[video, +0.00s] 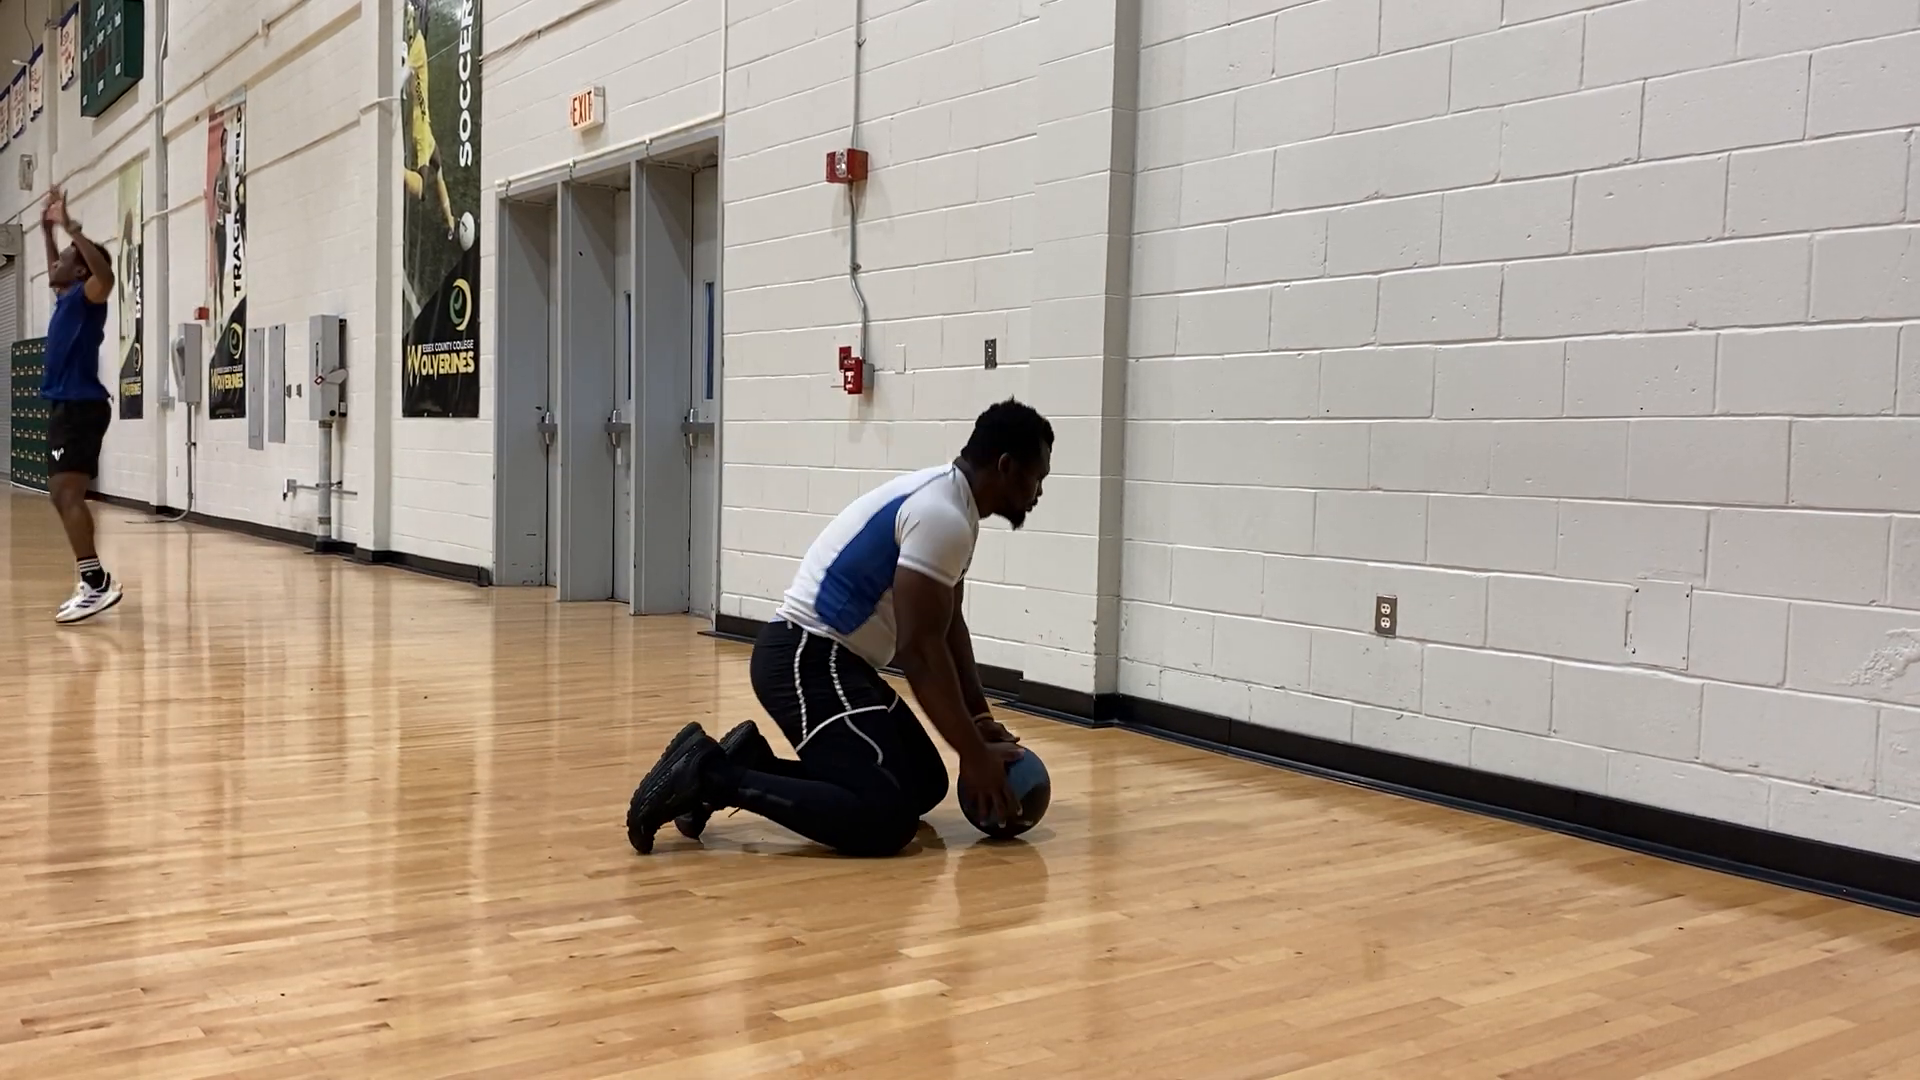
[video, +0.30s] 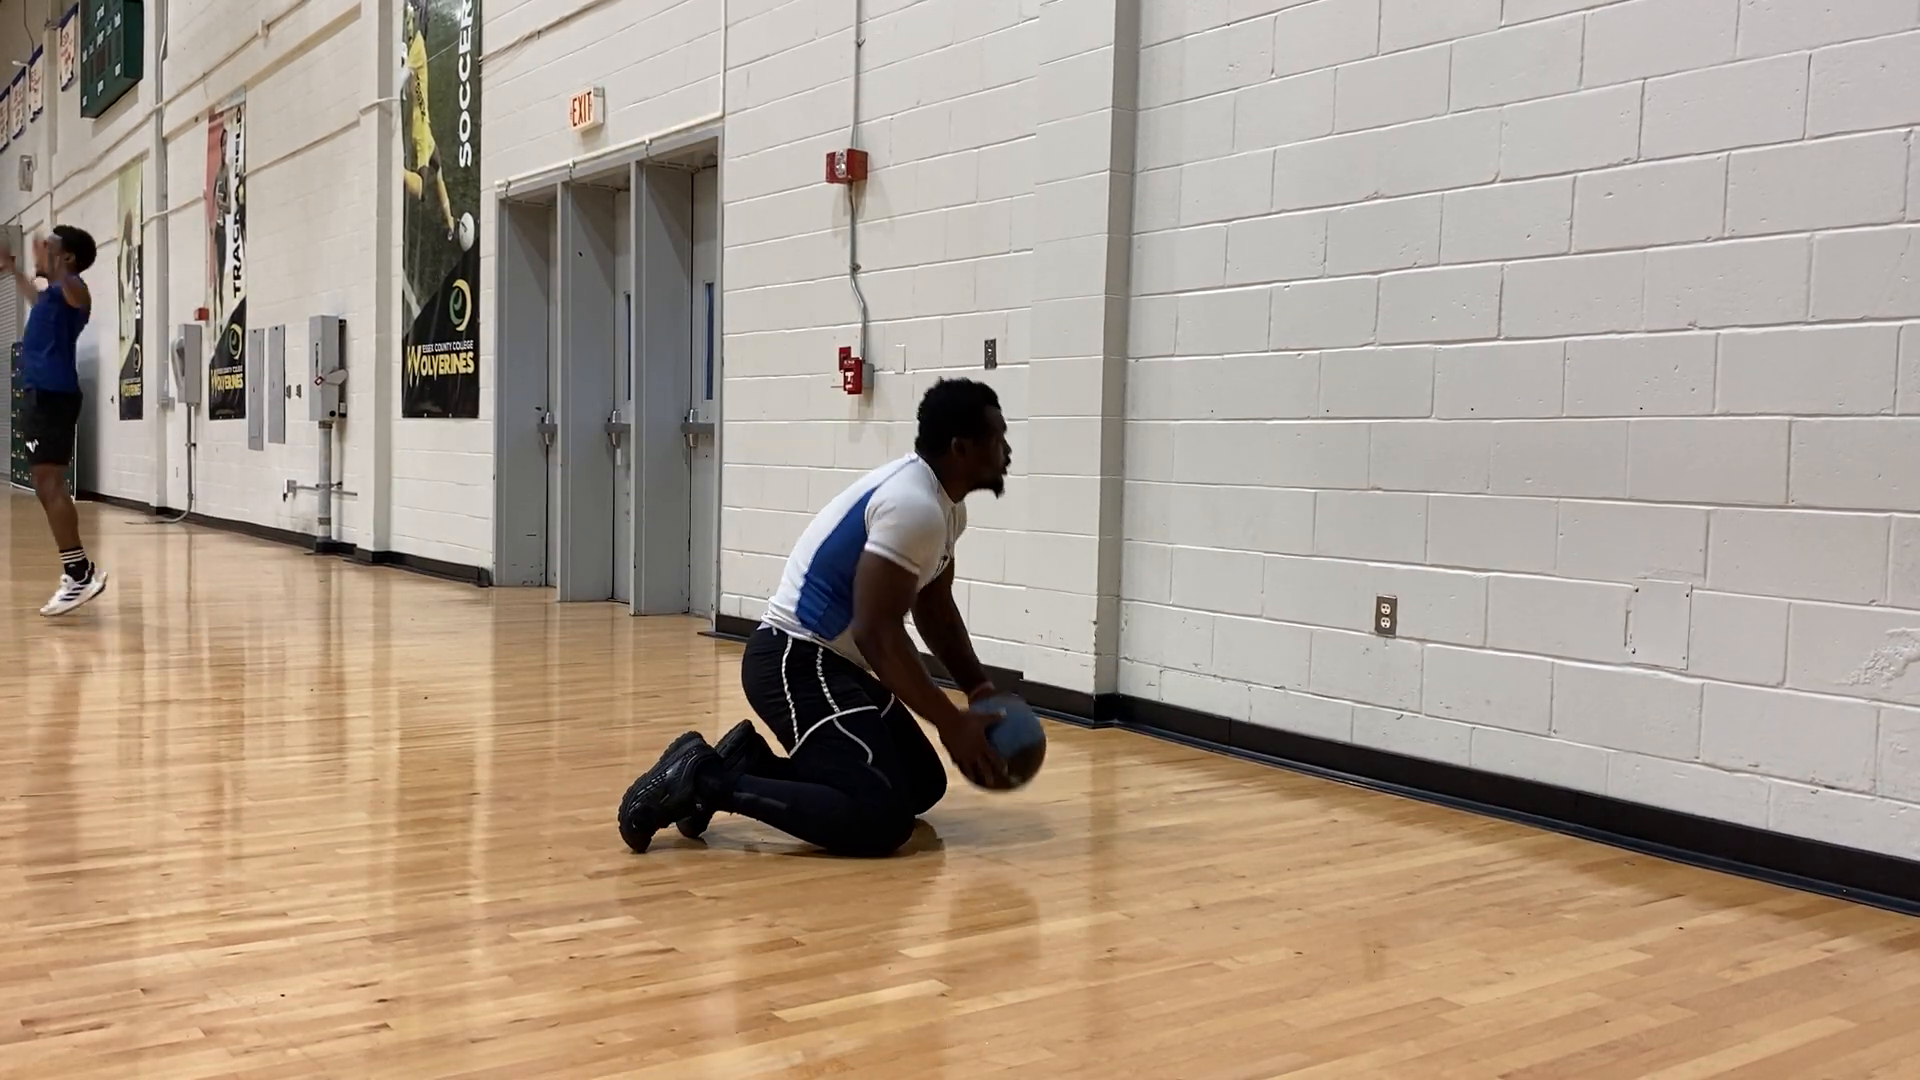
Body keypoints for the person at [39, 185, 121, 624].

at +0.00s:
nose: (57, 262)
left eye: (66, 258)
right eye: (60, 257)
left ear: (81, 266)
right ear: (66, 269)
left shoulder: (88, 296)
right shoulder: (68, 298)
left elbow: (103, 271)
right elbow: (53, 271)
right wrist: (45, 228)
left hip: (82, 405)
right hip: (67, 405)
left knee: (67, 494)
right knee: (65, 494)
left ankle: (95, 583)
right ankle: (94, 581)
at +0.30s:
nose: (47, 253)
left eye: (52, 248)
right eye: (47, 246)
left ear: (69, 258)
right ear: (58, 258)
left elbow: (75, 297)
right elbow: (33, 296)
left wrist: (55, 268)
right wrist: (14, 271)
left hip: (55, 395)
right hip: (42, 394)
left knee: (49, 486)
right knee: (47, 486)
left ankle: (78, 575)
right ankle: (81, 570)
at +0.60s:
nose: (12, 274)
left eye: (21, 270)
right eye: (16, 268)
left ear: (40, 283)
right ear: (35, 283)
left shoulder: (39, 321)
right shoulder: (26, 321)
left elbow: (55, 382)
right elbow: (31, 382)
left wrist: (21, 423)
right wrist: (11, 420)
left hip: (41, 430)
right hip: (26, 428)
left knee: (13, 508)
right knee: (10, 508)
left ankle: (60, 591)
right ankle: (58, 589)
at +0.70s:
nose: (13, 249)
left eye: (22, 245)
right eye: (16, 243)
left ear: (40, 258)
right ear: (34, 258)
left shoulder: (37, 291)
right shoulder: (24, 292)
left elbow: (45, 339)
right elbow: (37, 340)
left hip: (31, 400)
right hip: (20, 399)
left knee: (18, 485)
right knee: (17, 485)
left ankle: (48, 579)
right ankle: (47, 577)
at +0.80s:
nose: (6, 246)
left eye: (14, 241)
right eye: (9, 240)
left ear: (32, 252)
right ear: (29, 253)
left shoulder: (33, 278)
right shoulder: (17, 283)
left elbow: (35, 299)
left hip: (24, 390)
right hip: (16, 390)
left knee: (18, 483)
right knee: (16, 483)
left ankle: (41, 575)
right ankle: (41, 573)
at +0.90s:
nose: (2, 260)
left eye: (9, 256)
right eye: (5, 255)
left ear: (22, 267)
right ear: (22, 267)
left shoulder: (21, 295)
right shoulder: (13, 298)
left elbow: (16, 262)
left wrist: (4, 230)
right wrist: (9, 235)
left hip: (24, 406)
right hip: (14, 406)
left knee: (9, 498)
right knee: (8, 498)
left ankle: (39, 586)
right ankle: (37, 585)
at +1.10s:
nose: (3, 251)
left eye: (8, 246)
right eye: (6, 246)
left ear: (17, 260)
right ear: (21, 262)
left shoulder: (18, 295)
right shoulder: (14, 297)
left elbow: (8, 261)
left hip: (13, 399)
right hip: (11, 399)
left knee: (3, 491)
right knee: (3, 492)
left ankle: (30, 578)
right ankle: (28, 577)